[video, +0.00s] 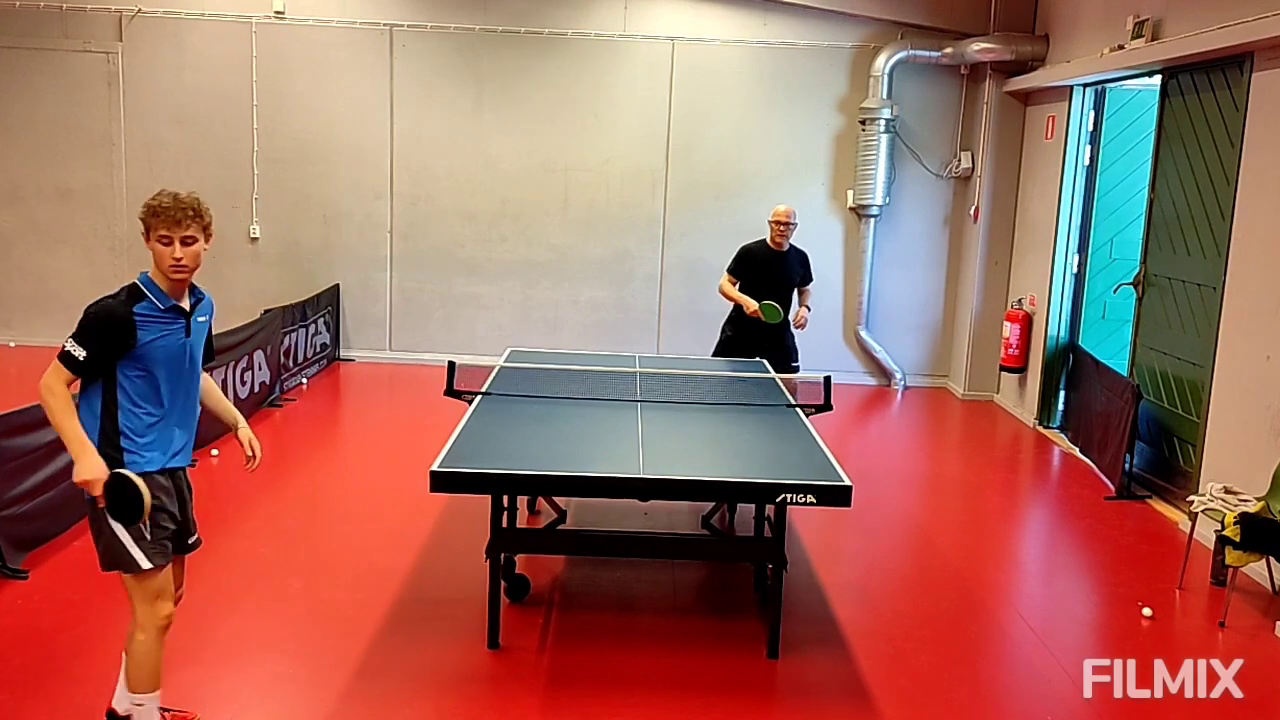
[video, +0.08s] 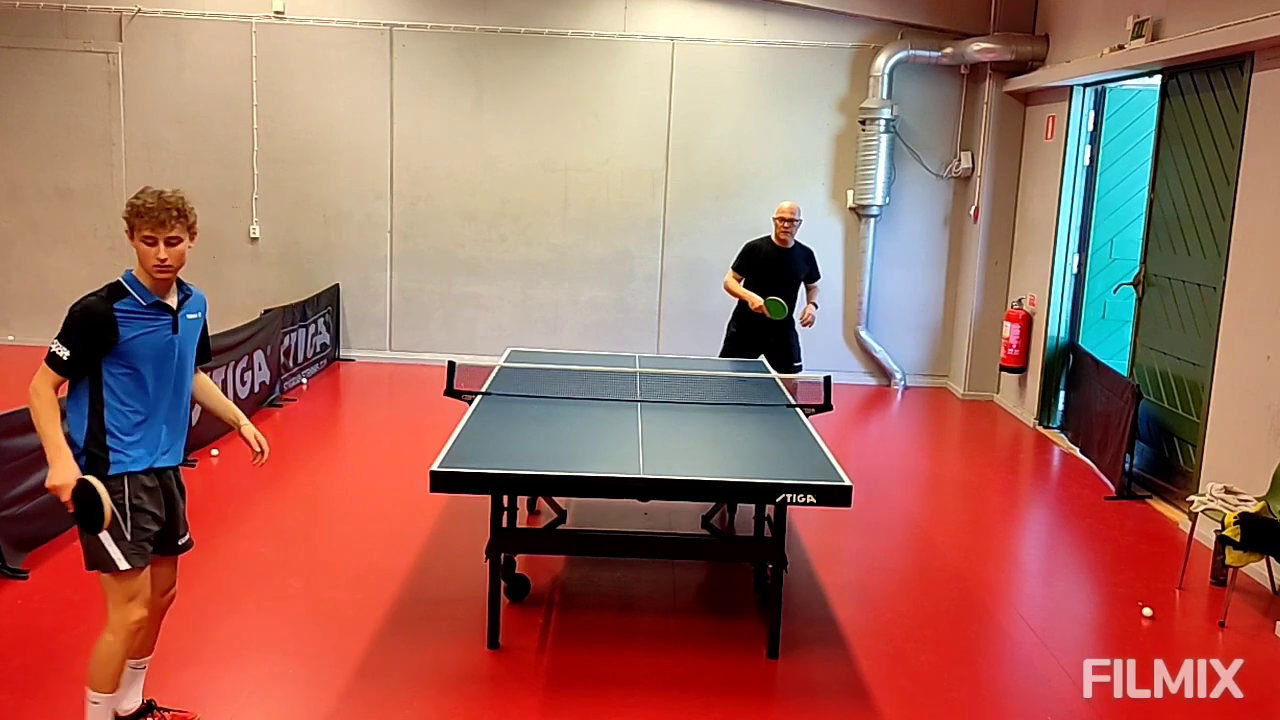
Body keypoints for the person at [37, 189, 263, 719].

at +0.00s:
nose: (178, 253)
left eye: (189, 241)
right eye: (166, 241)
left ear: (205, 246)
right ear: (148, 244)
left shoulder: (200, 308)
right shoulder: (116, 314)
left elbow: (195, 375)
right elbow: (52, 385)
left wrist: (238, 422)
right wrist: (85, 455)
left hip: (174, 475)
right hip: (130, 482)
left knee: (166, 601)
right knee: (155, 612)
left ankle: (125, 704)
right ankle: (147, 715)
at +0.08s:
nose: (163, 254)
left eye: (174, 243)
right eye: (151, 243)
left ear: (190, 243)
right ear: (132, 242)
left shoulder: (193, 305)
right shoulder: (98, 312)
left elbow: (191, 376)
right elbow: (42, 388)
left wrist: (240, 421)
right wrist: (59, 460)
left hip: (164, 474)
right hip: (113, 480)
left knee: (160, 597)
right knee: (129, 614)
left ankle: (129, 705)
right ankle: (97, 717)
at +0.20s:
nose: (138, 264)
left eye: (150, 252)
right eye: (127, 252)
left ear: (163, 247)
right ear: (104, 244)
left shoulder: (168, 303)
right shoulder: (67, 316)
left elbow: (168, 376)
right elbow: (24, 398)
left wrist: (224, 422)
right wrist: (19, 481)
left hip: (147, 479)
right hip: (87, 487)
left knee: (150, 596)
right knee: (69, 617)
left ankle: (126, 706)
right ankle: (16, 715)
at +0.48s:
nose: (108, 301)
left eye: (118, 290)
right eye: (96, 289)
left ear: (127, 278)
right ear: (66, 271)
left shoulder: (123, 320)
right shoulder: (22, 330)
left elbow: (117, 392)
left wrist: (145, 456)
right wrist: (6, 479)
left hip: (91, 478)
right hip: (28, 485)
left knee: (123, 589)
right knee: (15, 620)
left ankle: (127, 703)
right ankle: (3, 713)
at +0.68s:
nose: (126, 381)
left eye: (133, 372)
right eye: (120, 370)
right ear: (88, 345)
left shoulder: (118, 379)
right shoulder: (17, 368)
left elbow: (109, 447)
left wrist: (118, 530)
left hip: (42, 480)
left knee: (94, 572)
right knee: (1, 602)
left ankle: (85, 681)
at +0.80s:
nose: (136, 463)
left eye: (142, 459)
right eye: (133, 455)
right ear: (103, 432)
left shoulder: (112, 445)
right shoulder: (20, 414)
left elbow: (104, 515)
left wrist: (113, 588)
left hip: (23, 489)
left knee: (76, 580)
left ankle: (39, 677)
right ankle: (40, 676)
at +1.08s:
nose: (184, 468)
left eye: (191, 463)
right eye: (185, 459)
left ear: (157, 437)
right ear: (158, 437)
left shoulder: (129, 455)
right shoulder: (64, 413)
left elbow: (100, 528)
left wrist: (110, 603)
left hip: (15, 496)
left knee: (59, 580)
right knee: (56, 581)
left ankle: (26, 686)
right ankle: (26, 685)